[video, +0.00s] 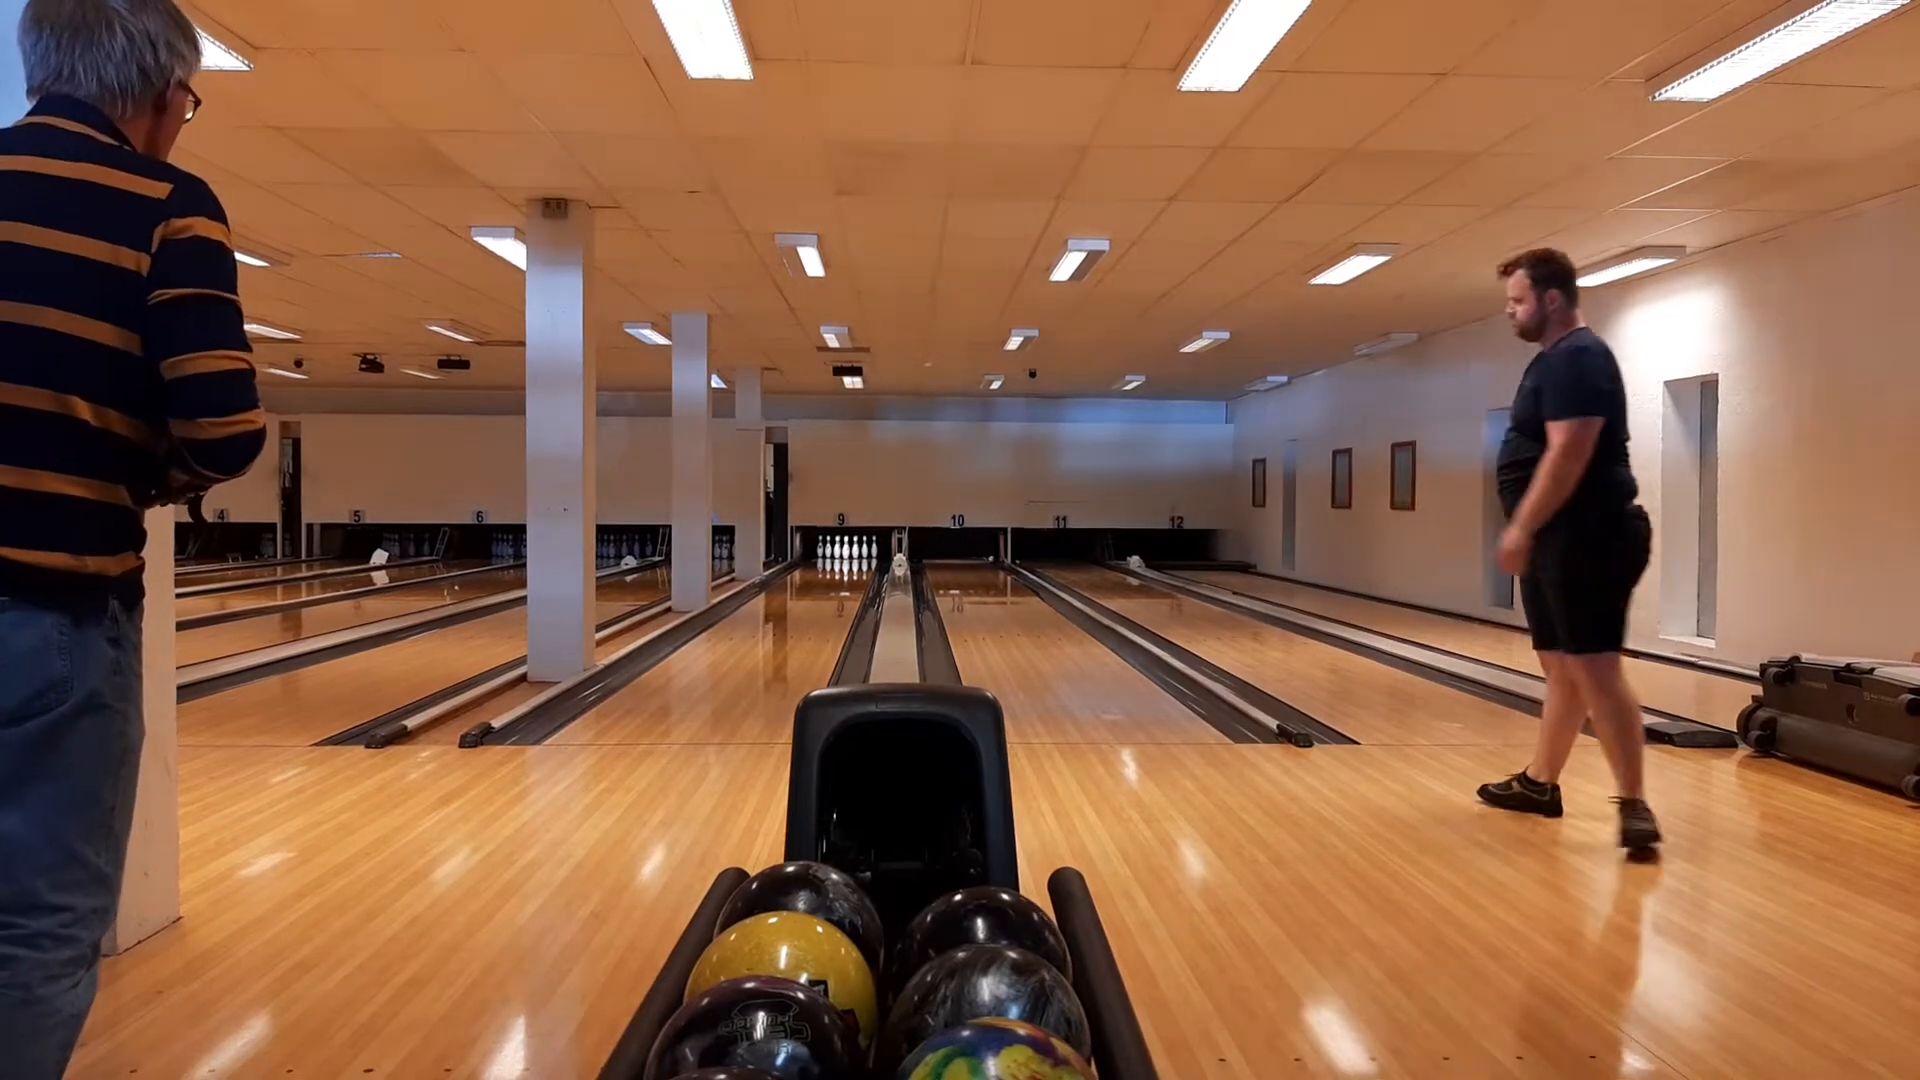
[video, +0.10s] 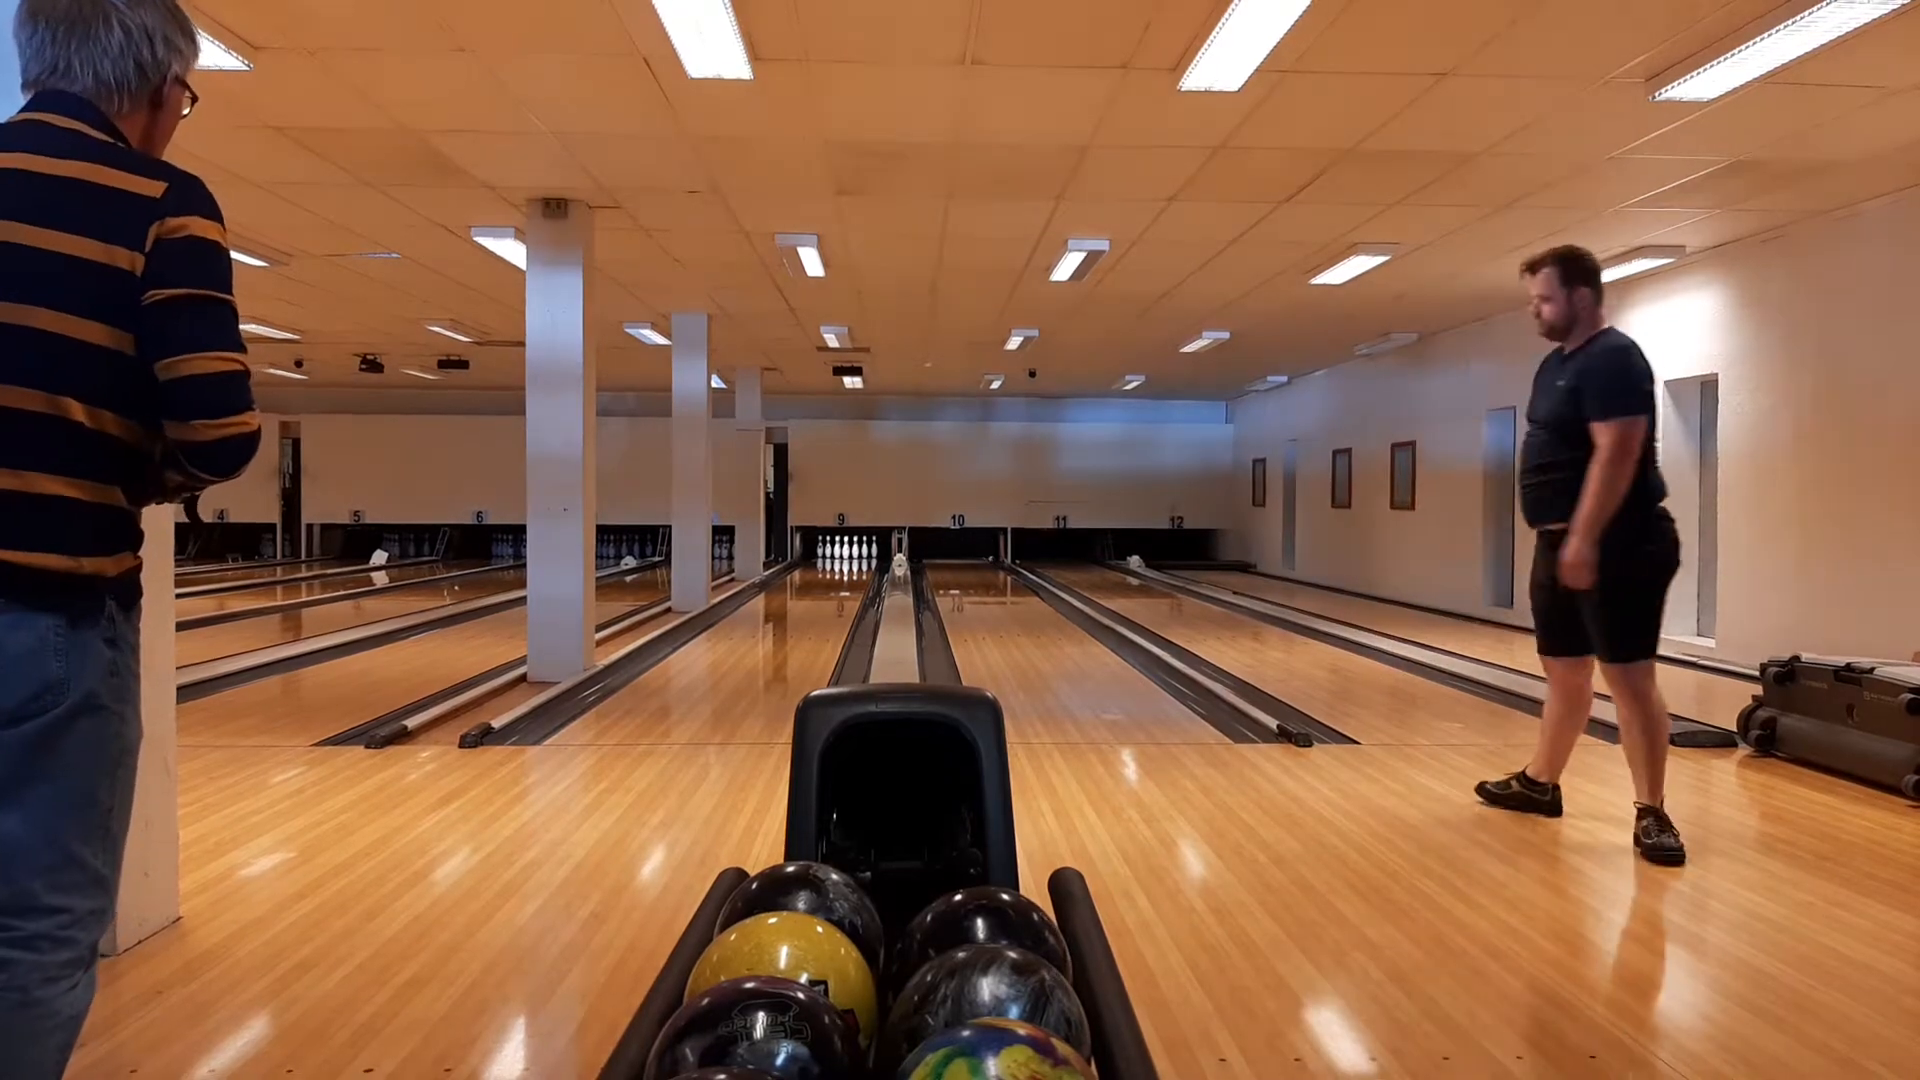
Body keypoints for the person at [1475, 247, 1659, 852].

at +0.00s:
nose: (1509, 312)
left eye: (1515, 301)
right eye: (1508, 302)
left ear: (1551, 299)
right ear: (1548, 301)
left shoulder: (1576, 356)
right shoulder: (1557, 359)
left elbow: (1570, 448)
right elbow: (1565, 449)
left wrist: (1521, 526)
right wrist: (1527, 527)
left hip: (1588, 531)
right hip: (1555, 532)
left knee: (1597, 669)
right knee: (1559, 664)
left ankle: (1634, 806)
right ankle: (1541, 783)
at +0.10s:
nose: (1535, 310)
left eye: (1544, 299)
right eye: (1533, 300)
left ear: (1582, 296)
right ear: (1563, 301)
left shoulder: (1613, 357)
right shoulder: (1554, 364)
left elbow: (1619, 452)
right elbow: (1555, 453)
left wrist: (1583, 537)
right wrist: (1549, 533)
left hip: (1621, 538)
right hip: (1561, 538)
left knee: (1632, 681)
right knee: (1565, 674)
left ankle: (1651, 812)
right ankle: (1541, 782)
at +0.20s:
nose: (1563, 303)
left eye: (1574, 292)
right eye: (1561, 293)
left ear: (1615, 292)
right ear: (1568, 295)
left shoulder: (1651, 355)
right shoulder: (1563, 363)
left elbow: (1670, 450)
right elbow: (1566, 453)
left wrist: (1646, 536)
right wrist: (1561, 534)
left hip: (1644, 541)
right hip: (1573, 541)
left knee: (1648, 679)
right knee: (1558, 666)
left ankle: (1653, 813)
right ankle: (1541, 783)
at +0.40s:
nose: (1622, 288)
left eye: (1636, 277)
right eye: (1616, 277)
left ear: (1673, 279)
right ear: (1611, 280)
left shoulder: (1715, 349)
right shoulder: (1588, 350)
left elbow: (1769, 430)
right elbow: (1560, 440)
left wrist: (1744, 512)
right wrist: (1544, 516)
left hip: (1684, 544)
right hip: (1594, 538)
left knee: (1665, 678)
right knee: (1565, 664)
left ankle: (1655, 813)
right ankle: (1556, 793)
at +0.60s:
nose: (1673, 278)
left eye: (1689, 268)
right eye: (1663, 266)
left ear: (1716, 273)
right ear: (1648, 270)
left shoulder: (1757, 350)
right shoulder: (1607, 347)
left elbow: (1822, 428)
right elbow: (1563, 433)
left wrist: (1771, 506)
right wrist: (1555, 502)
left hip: (1713, 541)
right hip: (1623, 537)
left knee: (1681, 678)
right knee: (1630, 677)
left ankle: (1658, 812)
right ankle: (1627, 821)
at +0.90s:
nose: (1727, 269)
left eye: (1738, 257)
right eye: (1711, 259)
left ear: (1753, 264)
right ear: (1682, 269)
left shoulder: (1787, 342)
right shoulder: (1650, 349)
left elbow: (1826, 425)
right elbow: (1604, 455)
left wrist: (1820, 503)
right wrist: (1632, 543)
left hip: (1768, 543)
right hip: (1682, 544)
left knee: (1741, 697)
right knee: (1716, 697)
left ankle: (1660, 796)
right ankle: (1727, 859)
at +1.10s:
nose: (1778, 246)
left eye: (1784, 233)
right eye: (1760, 236)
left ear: (1794, 241)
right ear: (1721, 248)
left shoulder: (1815, 329)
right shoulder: (1684, 334)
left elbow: (1844, 408)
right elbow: (1654, 443)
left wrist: (1853, 474)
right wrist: (1711, 534)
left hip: (1804, 530)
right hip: (1710, 535)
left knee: (1849, 685)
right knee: (1734, 696)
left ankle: (1750, 790)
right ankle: (1724, 855)